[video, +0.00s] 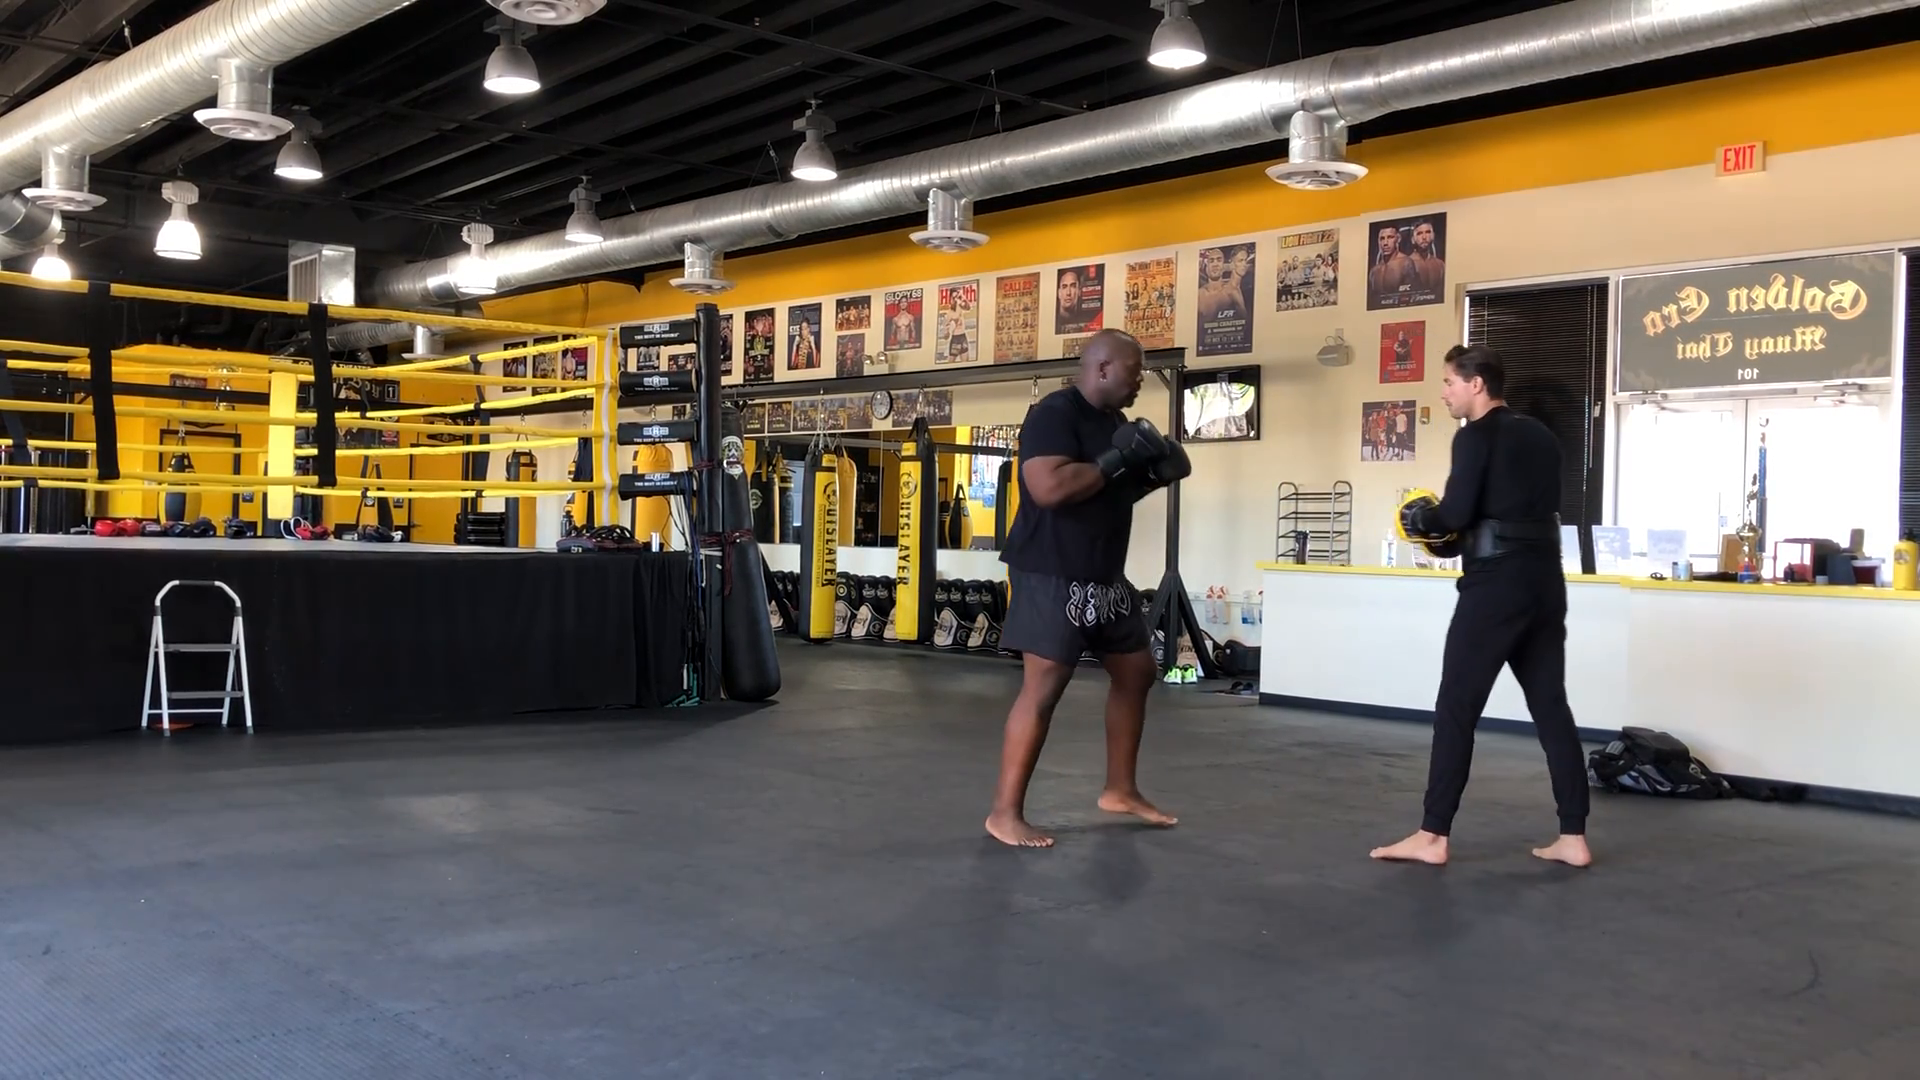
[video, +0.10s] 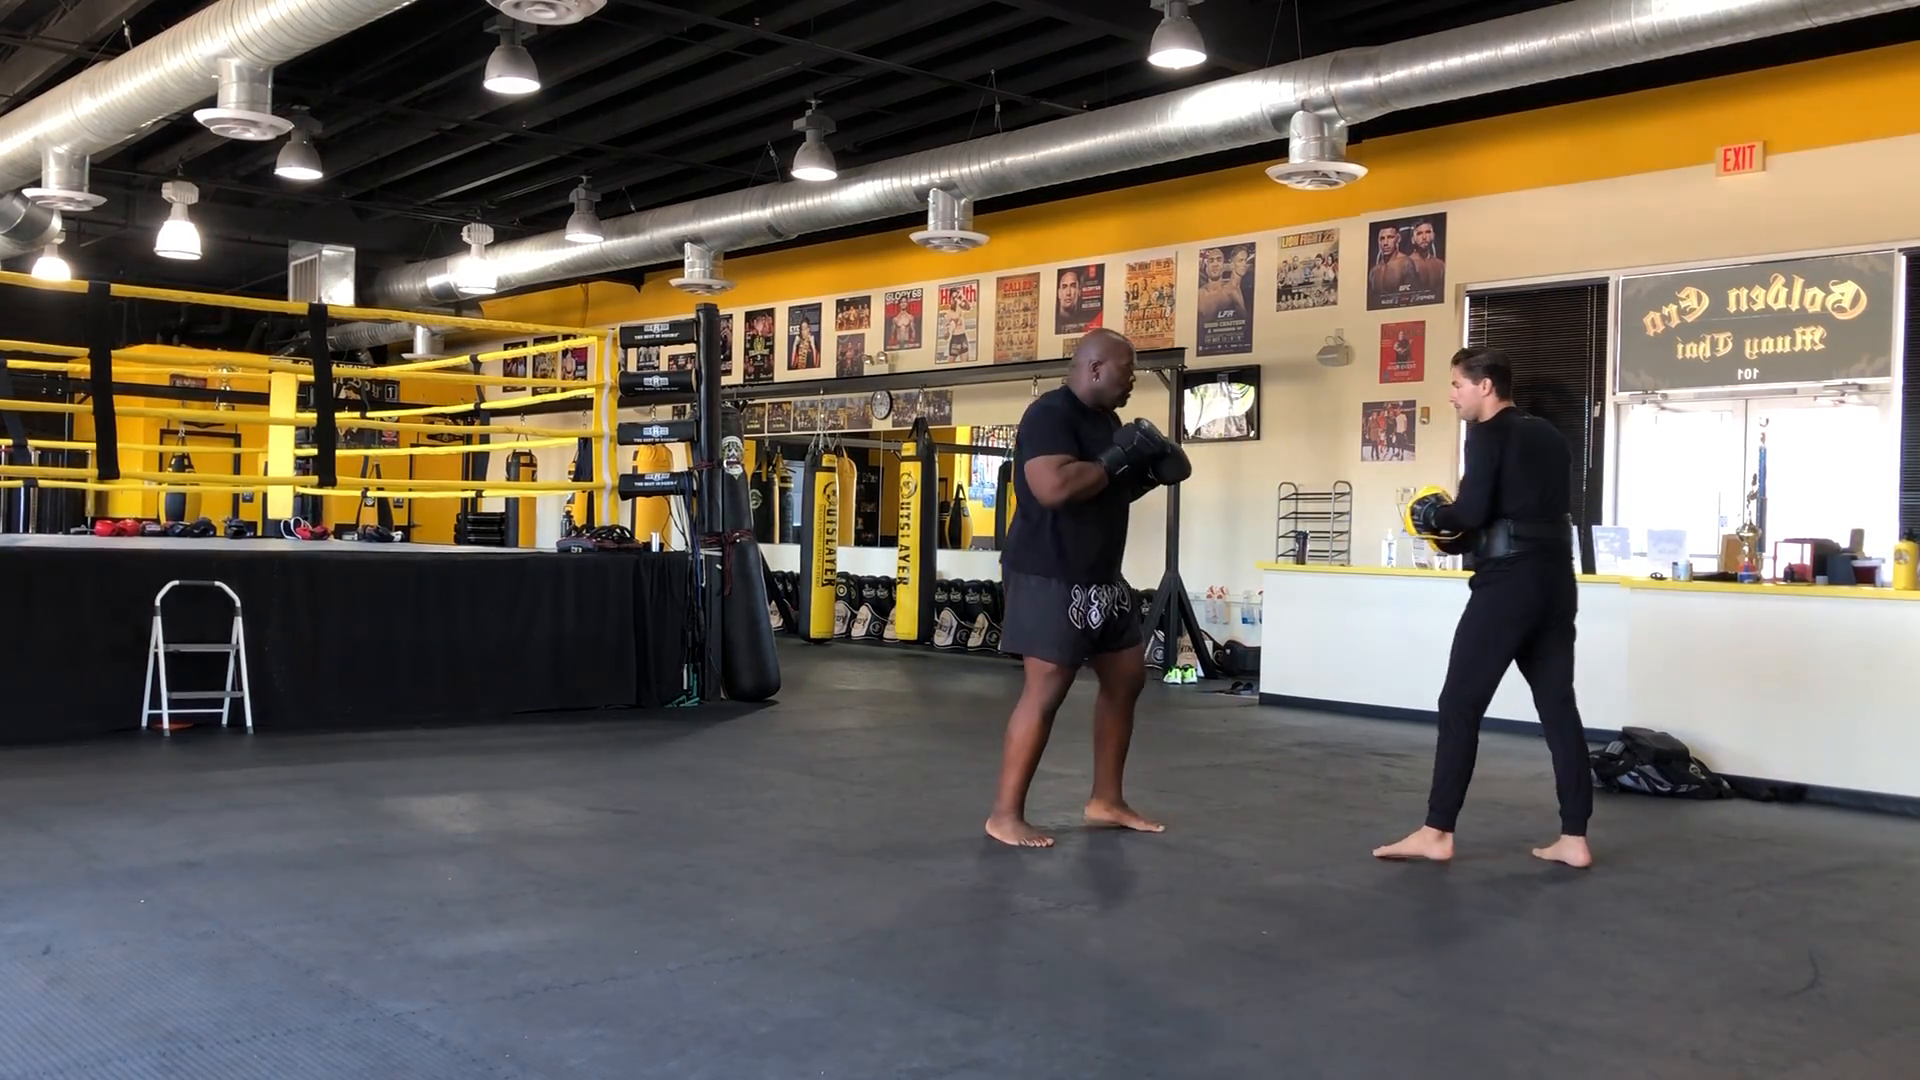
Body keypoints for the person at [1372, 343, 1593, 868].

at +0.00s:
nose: (1444, 394)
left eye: (1449, 384)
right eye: (1444, 384)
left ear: (1477, 384)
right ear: (1487, 385)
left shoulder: (1477, 436)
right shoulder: (1540, 435)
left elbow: (1455, 514)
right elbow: (1535, 513)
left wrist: (1420, 517)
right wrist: (1460, 534)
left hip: (1494, 587)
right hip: (1545, 585)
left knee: (1456, 709)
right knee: (1552, 710)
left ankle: (1432, 834)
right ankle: (1574, 838)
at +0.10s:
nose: (1453, 397)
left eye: (1457, 386)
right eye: (1452, 386)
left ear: (1486, 386)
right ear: (1495, 388)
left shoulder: (1487, 434)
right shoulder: (1550, 436)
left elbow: (1471, 512)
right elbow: (1545, 516)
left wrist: (1434, 515)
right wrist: (1468, 533)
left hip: (1508, 583)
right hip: (1556, 584)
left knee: (1459, 704)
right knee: (1560, 712)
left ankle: (1436, 831)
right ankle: (1575, 839)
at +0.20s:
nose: (1457, 397)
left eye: (1462, 387)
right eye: (1456, 387)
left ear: (1492, 386)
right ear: (1501, 388)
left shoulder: (1491, 431)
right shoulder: (1555, 434)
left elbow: (1484, 511)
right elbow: (1550, 519)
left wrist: (1441, 508)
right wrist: (1472, 536)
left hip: (1516, 578)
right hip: (1564, 579)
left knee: (1460, 697)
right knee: (1561, 706)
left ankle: (1458, 829)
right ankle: (1575, 838)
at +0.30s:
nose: (1456, 397)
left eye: (1461, 386)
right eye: (1455, 386)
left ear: (1490, 385)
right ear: (1496, 389)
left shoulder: (1493, 433)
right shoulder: (1554, 433)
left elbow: (1490, 512)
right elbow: (1553, 516)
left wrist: (1445, 511)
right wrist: (1475, 537)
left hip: (1517, 576)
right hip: (1564, 576)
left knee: (1468, 697)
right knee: (1562, 705)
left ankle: (1495, 826)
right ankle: (1575, 836)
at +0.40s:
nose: (1450, 398)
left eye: (1456, 388)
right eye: (1450, 388)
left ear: (1484, 388)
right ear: (1489, 389)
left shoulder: (1491, 434)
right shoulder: (1552, 433)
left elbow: (1490, 516)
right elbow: (1555, 515)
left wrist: (1445, 516)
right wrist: (1476, 540)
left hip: (1517, 576)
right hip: (1565, 576)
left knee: (1482, 701)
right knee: (1556, 701)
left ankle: (1507, 830)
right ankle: (1574, 834)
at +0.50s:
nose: (1440, 404)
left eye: (1446, 394)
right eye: (1440, 394)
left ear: (1473, 394)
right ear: (1481, 395)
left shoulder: (1484, 440)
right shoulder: (1546, 434)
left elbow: (1484, 525)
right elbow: (1547, 520)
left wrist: (1445, 529)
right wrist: (1473, 547)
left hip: (1518, 577)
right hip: (1566, 576)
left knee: (1485, 701)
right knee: (1548, 699)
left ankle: (1508, 833)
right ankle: (1573, 827)